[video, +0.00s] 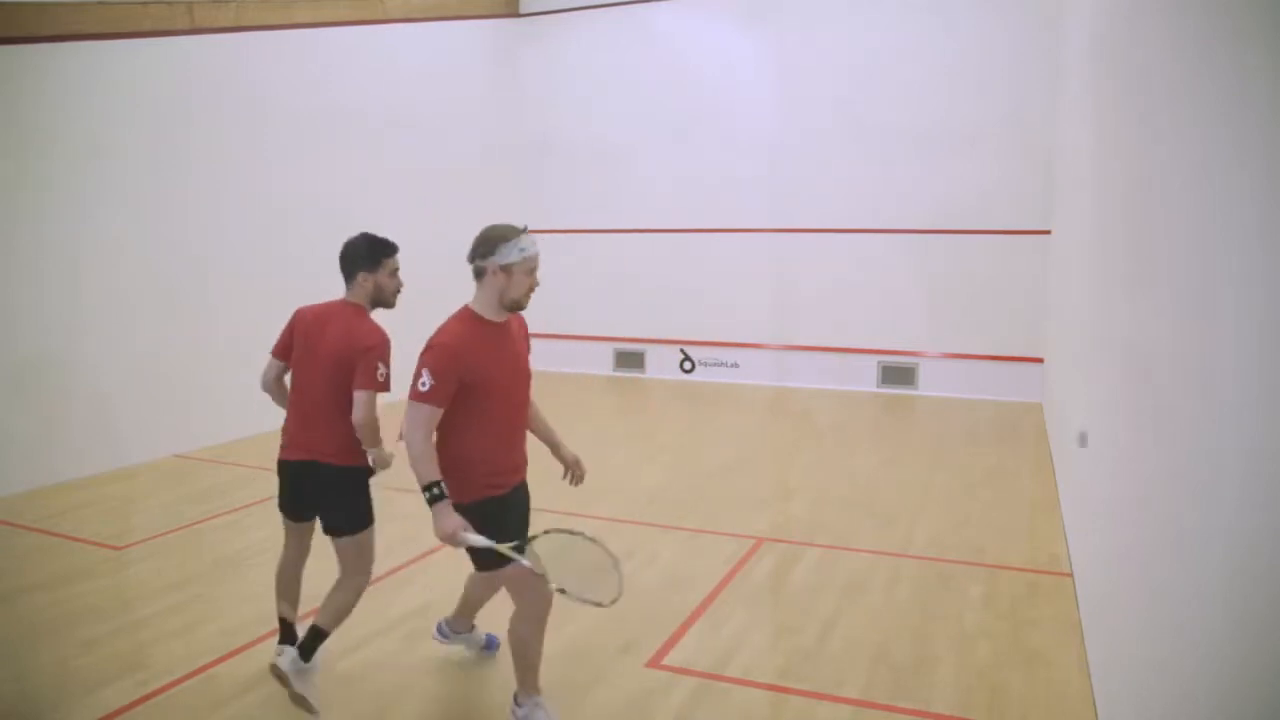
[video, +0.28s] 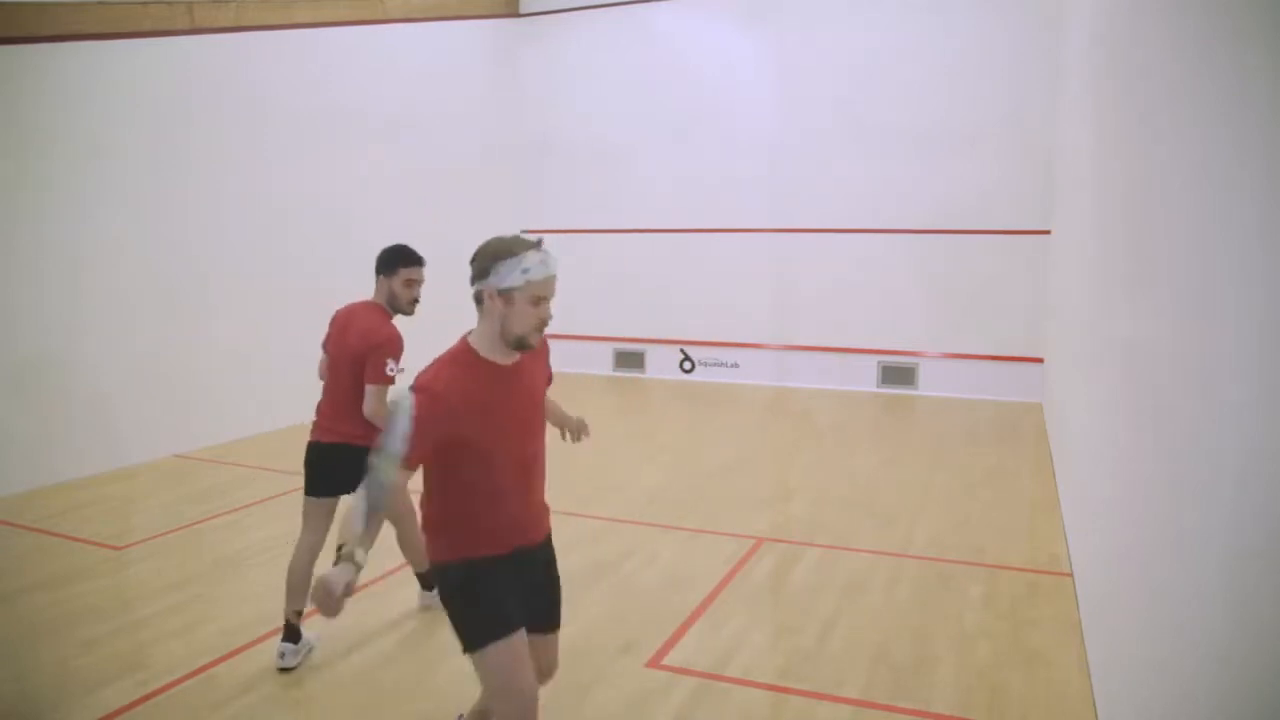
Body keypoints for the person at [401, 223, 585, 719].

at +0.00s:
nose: (535, 281)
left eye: (536, 271)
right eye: (527, 271)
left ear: (505, 273)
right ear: (492, 272)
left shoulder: (515, 327)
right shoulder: (449, 345)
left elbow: (518, 400)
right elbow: (415, 433)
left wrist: (558, 447)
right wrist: (439, 504)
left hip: (512, 484)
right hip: (476, 497)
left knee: (492, 568)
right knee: (535, 596)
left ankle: (456, 626)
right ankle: (528, 701)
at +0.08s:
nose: (543, 274)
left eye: (544, 264)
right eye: (535, 264)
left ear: (516, 264)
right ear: (497, 262)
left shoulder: (524, 320)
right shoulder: (445, 335)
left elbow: (520, 394)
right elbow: (411, 428)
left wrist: (564, 443)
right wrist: (423, 504)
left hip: (517, 477)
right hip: (469, 493)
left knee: (532, 580)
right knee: (540, 589)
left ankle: (464, 664)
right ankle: (527, 699)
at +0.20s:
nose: (547, 287)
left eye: (549, 274)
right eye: (537, 274)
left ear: (513, 273)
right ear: (495, 272)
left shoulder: (532, 329)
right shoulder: (441, 354)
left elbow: (526, 385)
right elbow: (389, 457)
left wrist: (570, 429)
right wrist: (382, 532)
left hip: (524, 505)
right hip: (466, 517)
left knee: (541, 629)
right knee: (531, 635)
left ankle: (479, 713)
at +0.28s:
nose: (547, 315)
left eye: (549, 302)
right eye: (537, 302)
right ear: (493, 299)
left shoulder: (535, 352)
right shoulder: (438, 388)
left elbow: (531, 395)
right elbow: (382, 481)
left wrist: (564, 419)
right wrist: (349, 561)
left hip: (532, 542)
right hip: (468, 558)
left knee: (541, 667)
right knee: (516, 702)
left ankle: (476, 713)